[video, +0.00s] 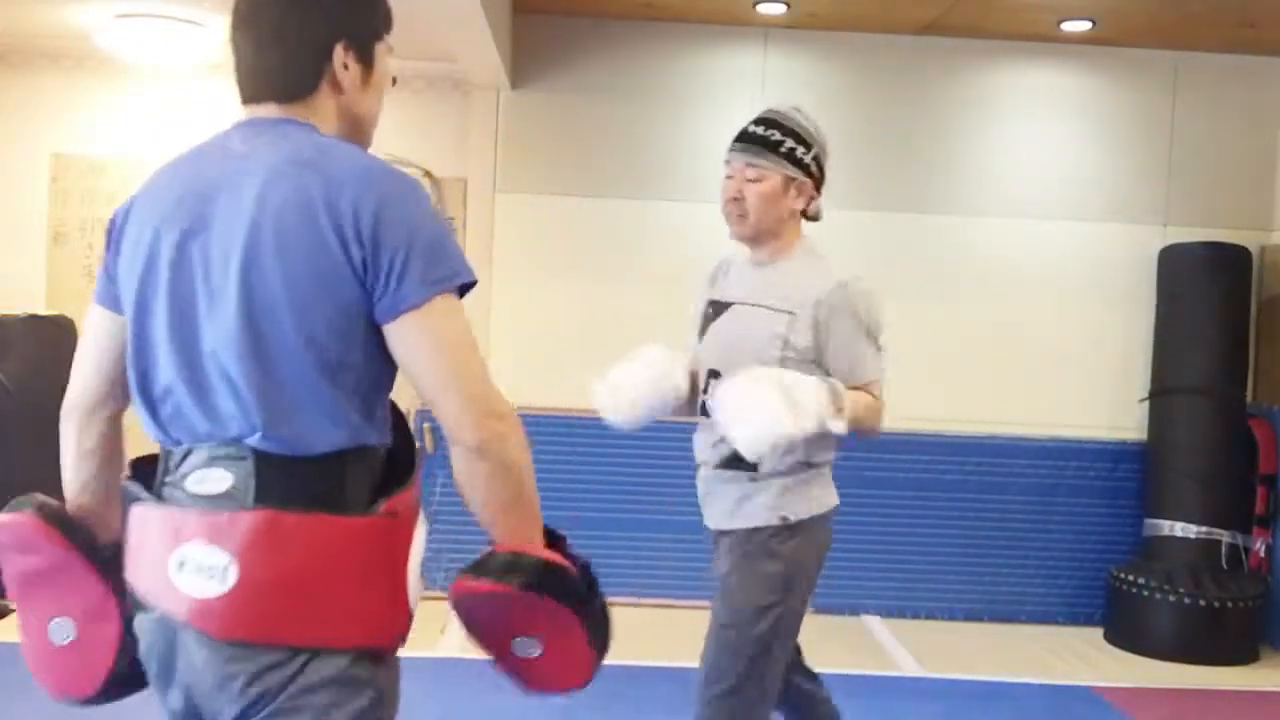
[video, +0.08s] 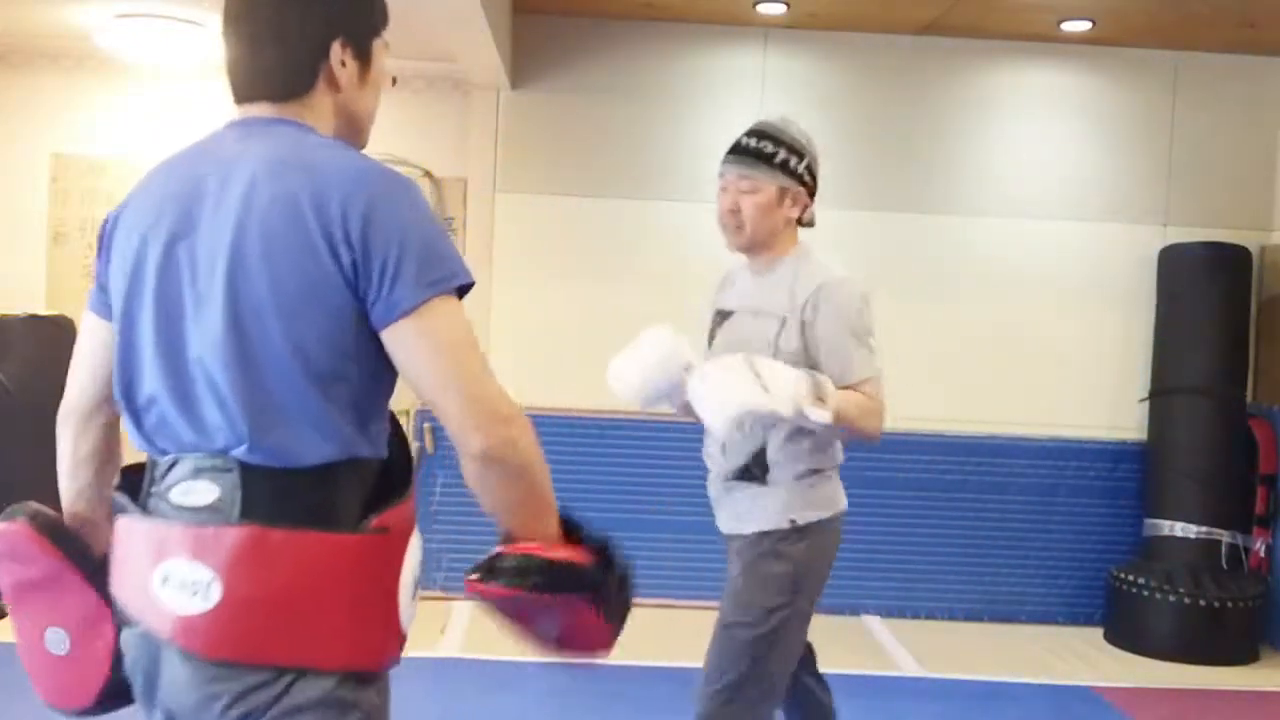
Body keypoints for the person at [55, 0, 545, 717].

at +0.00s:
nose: (384, 92)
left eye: (387, 72)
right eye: (383, 69)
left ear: (252, 68)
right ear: (343, 66)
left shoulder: (151, 201)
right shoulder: (370, 193)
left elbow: (89, 407)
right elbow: (478, 423)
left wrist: (96, 551)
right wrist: (529, 571)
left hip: (164, 584)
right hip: (299, 592)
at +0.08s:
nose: (384, 83)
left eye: (384, 62)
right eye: (381, 61)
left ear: (247, 63)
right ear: (340, 63)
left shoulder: (146, 199)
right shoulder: (362, 193)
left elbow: (85, 411)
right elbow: (488, 433)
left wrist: (90, 550)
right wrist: (548, 563)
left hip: (148, 581)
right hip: (287, 593)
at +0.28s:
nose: (371, 75)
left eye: (373, 51)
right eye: (370, 49)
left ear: (232, 39)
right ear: (331, 40)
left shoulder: (118, 182)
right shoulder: (338, 174)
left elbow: (91, 430)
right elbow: (514, 389)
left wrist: (115, 543)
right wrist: (592, 381)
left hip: (117, 565)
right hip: (264, 582)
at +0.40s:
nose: (353, 49)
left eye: (356, 27)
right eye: (353, 25)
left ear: (205, 26)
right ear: (315, 20)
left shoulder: (100, 165)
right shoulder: (317, 154)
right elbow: (548, 323)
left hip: (104, 572)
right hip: (257, 585)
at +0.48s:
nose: (335, 33)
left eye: (337, 14)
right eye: (334, 13)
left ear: (185, 22)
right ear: (296, 15)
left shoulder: (92, 149)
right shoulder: (304, 140)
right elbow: (551, 270)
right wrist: (539, 135)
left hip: (92, 567)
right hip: (244, 580)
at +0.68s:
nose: (305, 19)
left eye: (303, 1)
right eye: (300, 0)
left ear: (152, 21)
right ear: (261, 12)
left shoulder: (63, 149)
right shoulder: (274, 138)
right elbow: (540, 213)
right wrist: (473, 66)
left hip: (56, 556)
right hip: (211, 573)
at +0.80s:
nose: (293, 21)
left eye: (291, 6)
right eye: (287, 5)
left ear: (141, 22)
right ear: (249, 12)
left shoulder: (35, 155)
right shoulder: (275, 135)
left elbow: (13, 408)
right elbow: (532, 210)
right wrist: (460, 68)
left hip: (43, 548)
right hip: (211, 563)